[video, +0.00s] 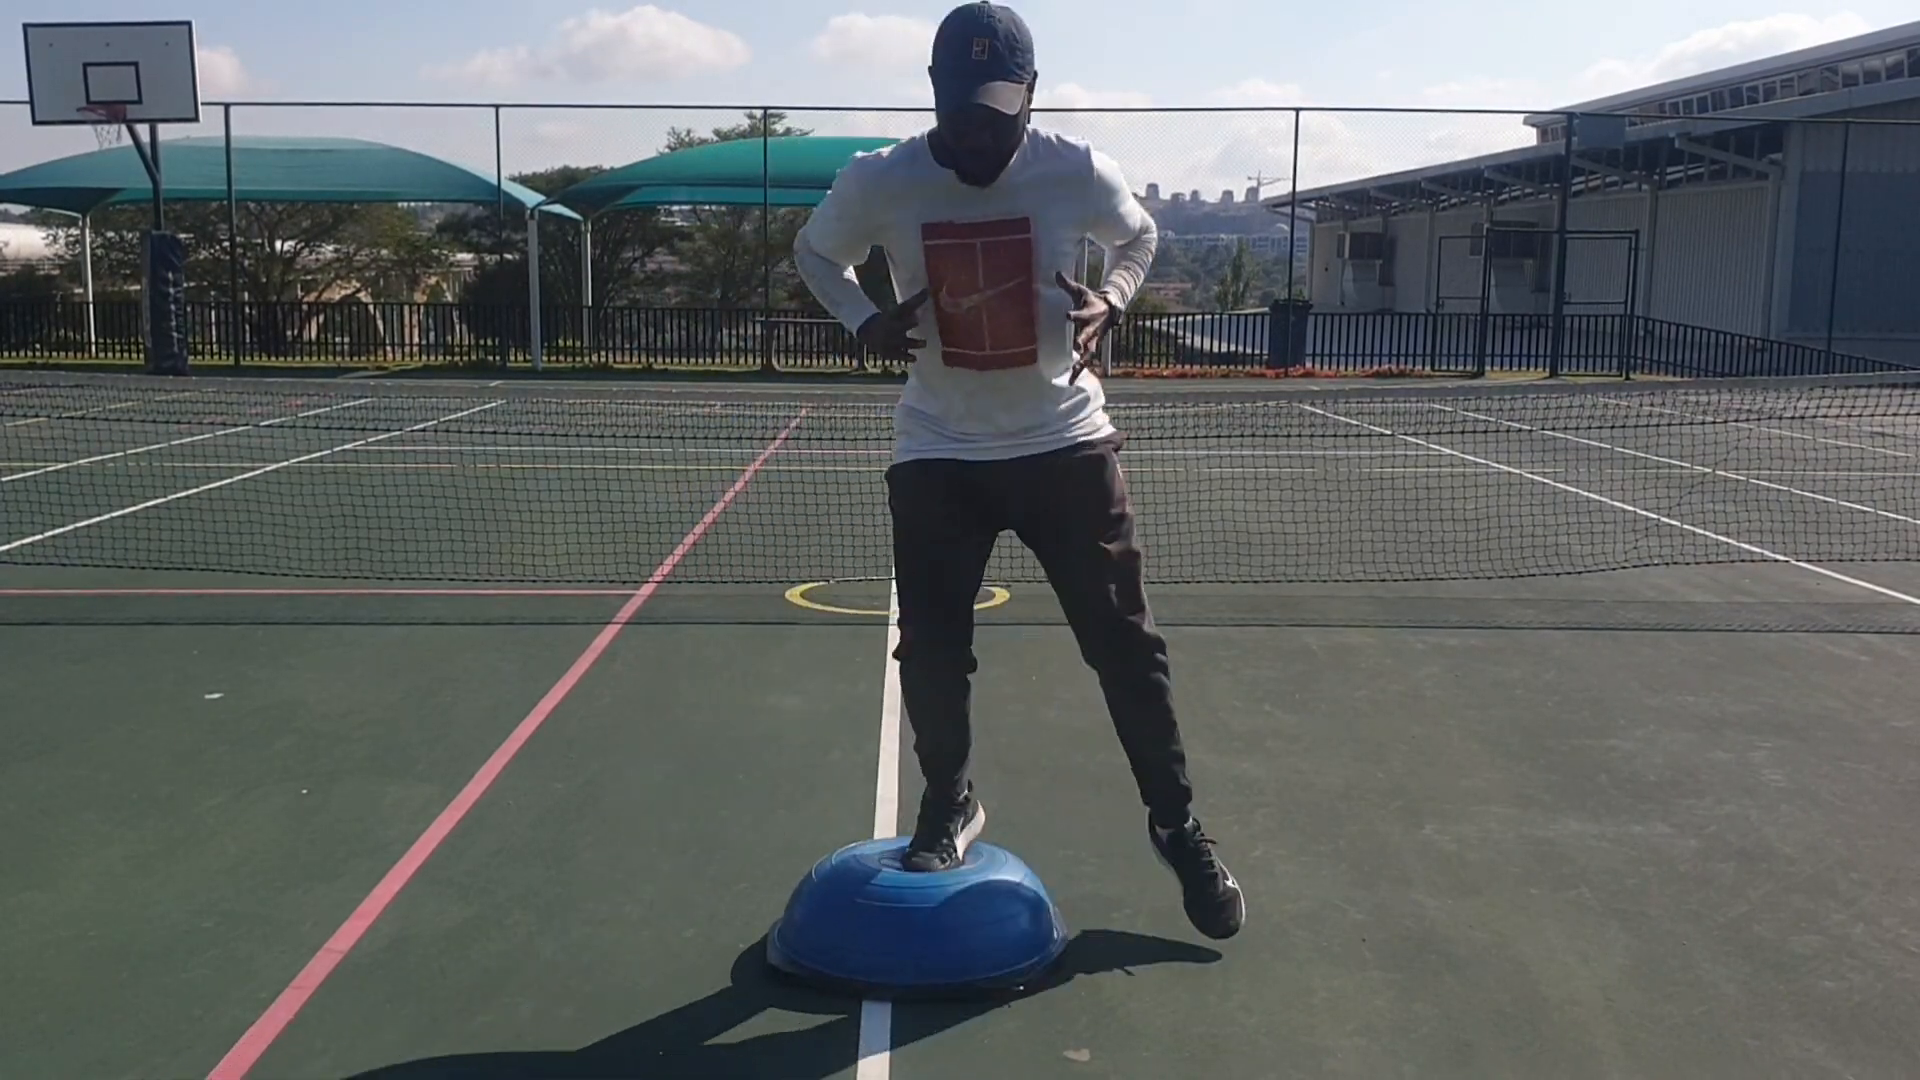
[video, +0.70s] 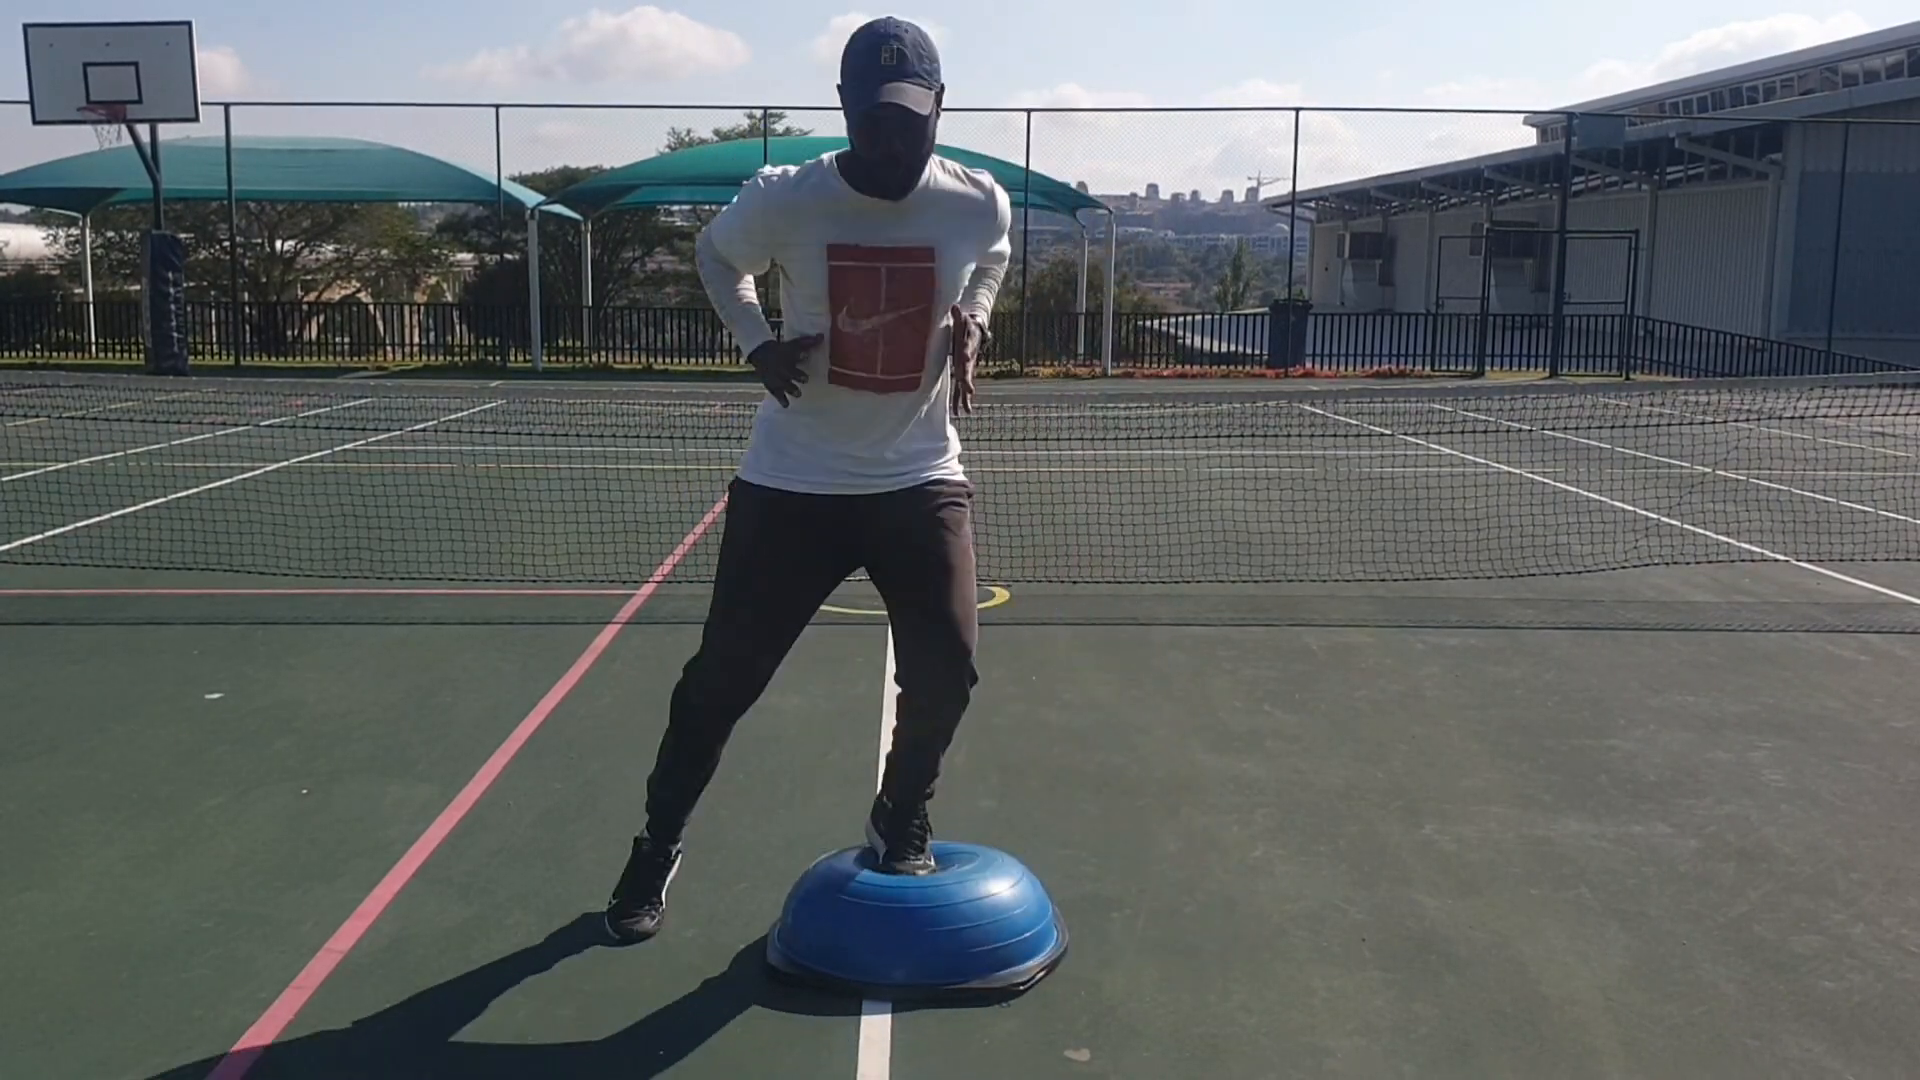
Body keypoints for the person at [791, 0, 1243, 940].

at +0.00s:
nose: (994, 132)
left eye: (1010, 113)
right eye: (975, 113)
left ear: (1031, 96)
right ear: (938, 96)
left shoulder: (1076, 174)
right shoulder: (878, 184)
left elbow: (1138, 236)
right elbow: (814, 255)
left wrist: (1110, 298)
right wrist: (865, 321)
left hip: (1064, 442)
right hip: (938, 452)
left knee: (1126, 642)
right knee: (929, 647)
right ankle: (949, 803)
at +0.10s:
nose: (1012, 219)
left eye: (1027, 201)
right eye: (995, 200)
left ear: (1051, 191)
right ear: (962, 191)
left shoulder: (1102, 271)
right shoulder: (906, 287)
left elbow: (1162, 342)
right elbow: (867, 364)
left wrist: (1128, 404)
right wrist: (922, 427)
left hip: (1094, 519)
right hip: (971, 515)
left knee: (1162, 709)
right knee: (922, 670)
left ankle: (1211, 874)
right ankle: (947, 799)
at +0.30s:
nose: (990, 153)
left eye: (1004, 134)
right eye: (971, 134)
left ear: (1024, 124)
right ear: (930, 121)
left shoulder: (1070, 208)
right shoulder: (873, 211)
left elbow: (1127, 273)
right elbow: (823, 274)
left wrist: (1094, 316)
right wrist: (861, 340)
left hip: (1054, 469)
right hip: (933, 474)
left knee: (1122, 664)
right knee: (937, 667)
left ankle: (1177, 836)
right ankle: (951, 819)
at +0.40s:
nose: (964, 93)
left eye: (979, 74)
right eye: (949, 74)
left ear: (1004, 61)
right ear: (913, 55)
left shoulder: (1044, 140)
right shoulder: (851, 143)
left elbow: (1096, 216)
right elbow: (788, 193)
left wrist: (1067, 259)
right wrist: (825, 277)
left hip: (1017, 399)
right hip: (898, 410)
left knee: (1077, 590)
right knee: (919, 616)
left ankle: (1059, 751)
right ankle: (938, 786)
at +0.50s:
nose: (950, 71)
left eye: (964, 50)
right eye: (933, 49)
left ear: (984, 43)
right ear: (896, 39)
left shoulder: (1027, 122)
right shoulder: (829, 117)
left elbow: (1065, 194)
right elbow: (760, 170)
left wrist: (1046, 241)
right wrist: (799, 259)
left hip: (986, 372)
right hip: (861, 374)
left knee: (1012, 570)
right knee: (856, 578)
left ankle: (958, 726)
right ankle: (867, 748)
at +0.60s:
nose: (920, 85)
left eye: (936, 67)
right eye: (904, 63)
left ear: (962, 57)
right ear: (870, 48)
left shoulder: (1005, 144)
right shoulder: (808, 137)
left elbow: (1030, 200)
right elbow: (735, 186)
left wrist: (1009, 260)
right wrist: (776, 281)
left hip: (955, 408)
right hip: (831, 402)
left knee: (952, 615)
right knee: (789, 601)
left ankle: (903, 788)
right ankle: (750, 775)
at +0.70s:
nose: (905, 136)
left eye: (920, 115)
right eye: (885, 117)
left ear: (942, 110)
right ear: (847, 111)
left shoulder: (980, 208)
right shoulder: (783, 198)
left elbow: (993, 259)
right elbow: (716, 254)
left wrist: (971, 319)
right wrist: (758, 343)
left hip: (922, 481)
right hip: (794, 484)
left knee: (947, 672)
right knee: (724, 678)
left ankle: (899, 822)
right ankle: (655, 851)